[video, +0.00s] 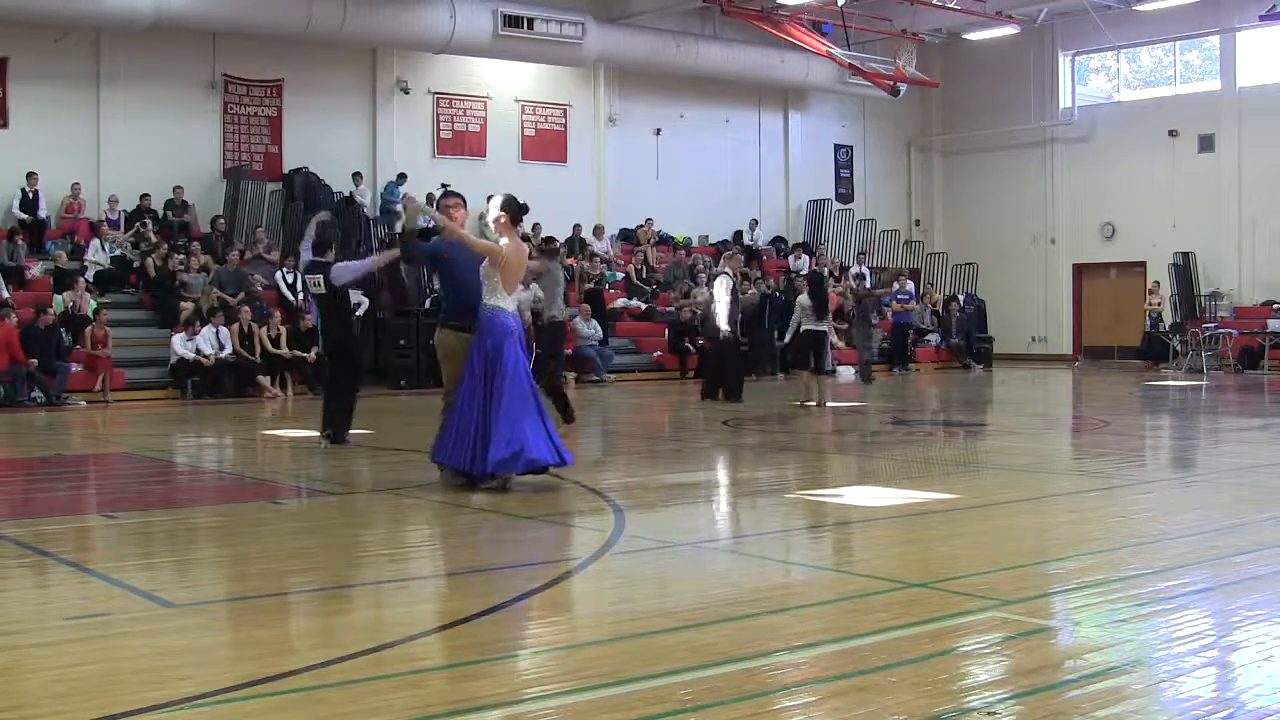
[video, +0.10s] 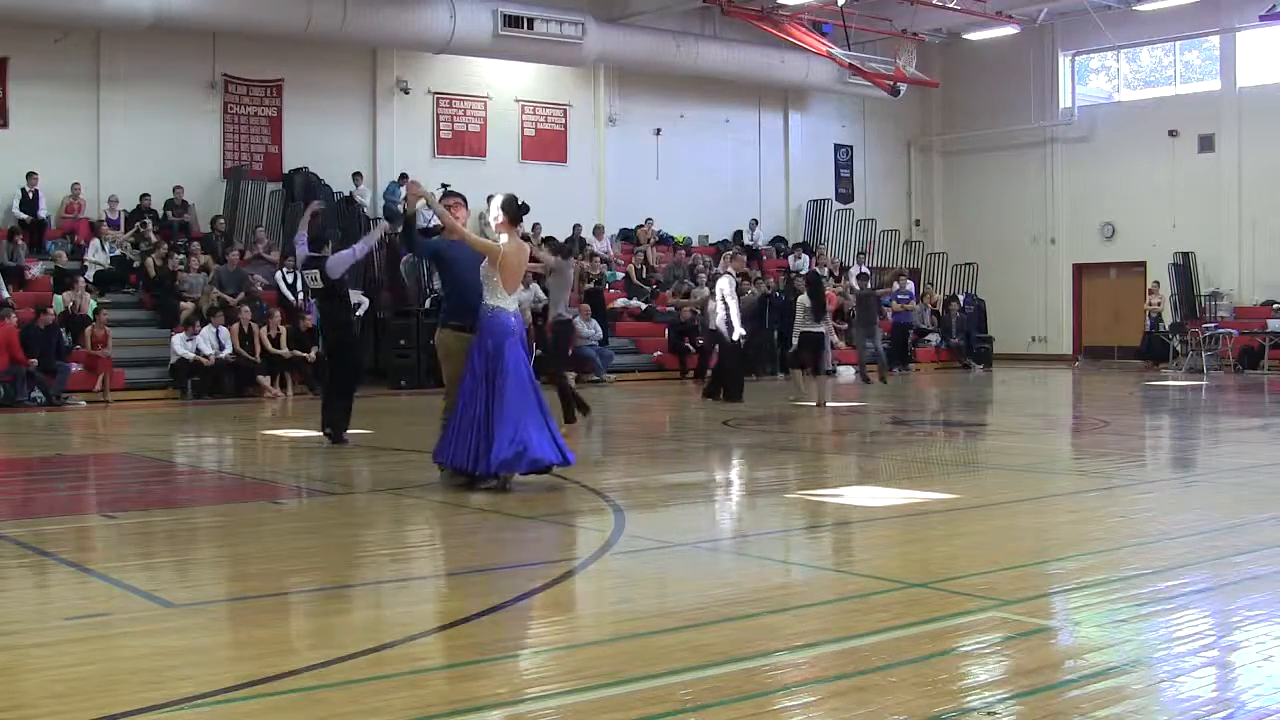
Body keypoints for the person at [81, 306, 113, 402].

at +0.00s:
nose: (106, 317)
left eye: (106, 314)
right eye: (104, 314)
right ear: (97, 316)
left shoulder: (107, 331)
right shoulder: (89, 330)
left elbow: (109, 349)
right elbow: (88, 350)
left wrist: (103, 351)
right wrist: (99, 353)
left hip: (103, 355)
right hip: (92, 356)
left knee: (104, 361)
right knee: (106, 365)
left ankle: (99, 382)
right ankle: (107, 393)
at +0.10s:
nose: (106, 317)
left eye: (106, 314)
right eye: (104, 314)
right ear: (97, 316)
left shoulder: (108, 331)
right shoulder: (89, 330)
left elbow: (109, 349)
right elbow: (88, 350)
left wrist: (103, 351)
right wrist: (99, 353)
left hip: (103, 355)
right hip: (92, 356)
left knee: (104, 361)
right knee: (106, 365)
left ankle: (99, 382)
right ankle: (107, 393)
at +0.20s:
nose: (106, 317)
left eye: (106, 314)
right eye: (104, 314)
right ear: (97, 316)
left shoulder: (108, 331)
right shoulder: (89, 330)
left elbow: (109, 349)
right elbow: (88, 350)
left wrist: (103, 351)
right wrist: (99, 353)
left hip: (103, 355)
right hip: (92, 356)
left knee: (104, 361)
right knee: (107, 365)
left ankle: (99, 382)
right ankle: (107, 393)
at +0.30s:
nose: (106, 317)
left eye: (106, 314)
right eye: (104, 314)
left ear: (105, 316)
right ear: (97, 316)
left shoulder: (107, 330)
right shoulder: (89, 330)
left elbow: (109, 349)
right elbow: (89, 350)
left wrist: (104, 352)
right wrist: (100, 353)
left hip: (103, 355)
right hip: (92, 356)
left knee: (105, 361)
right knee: (106, 366)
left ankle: (99, 382)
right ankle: (107, 393)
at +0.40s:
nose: (106, 317)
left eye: (106, 314)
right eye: (104, 314)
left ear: (105, 316)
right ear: (97, 316)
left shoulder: (107, 330)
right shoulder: (89, 330)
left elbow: (109, 349)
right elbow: (89, 350)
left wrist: (104, 352)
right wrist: (100, 353)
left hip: (103, 355)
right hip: (92, 356)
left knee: (105, 361)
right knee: (106, 365)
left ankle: (99, 382)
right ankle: (107, 393)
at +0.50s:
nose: (106, 317)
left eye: (106, 314)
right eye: (104, 315)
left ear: (105, 316)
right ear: (97, 316)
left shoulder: (107, 330)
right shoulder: (89, 330)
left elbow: (109, 349)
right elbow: (89, 350)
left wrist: (103, 352)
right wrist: (100, 353)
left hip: (103, 355)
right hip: (92, 356)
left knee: (104, 360)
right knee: (106, 365)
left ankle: (99, 382)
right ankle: (107, 393)